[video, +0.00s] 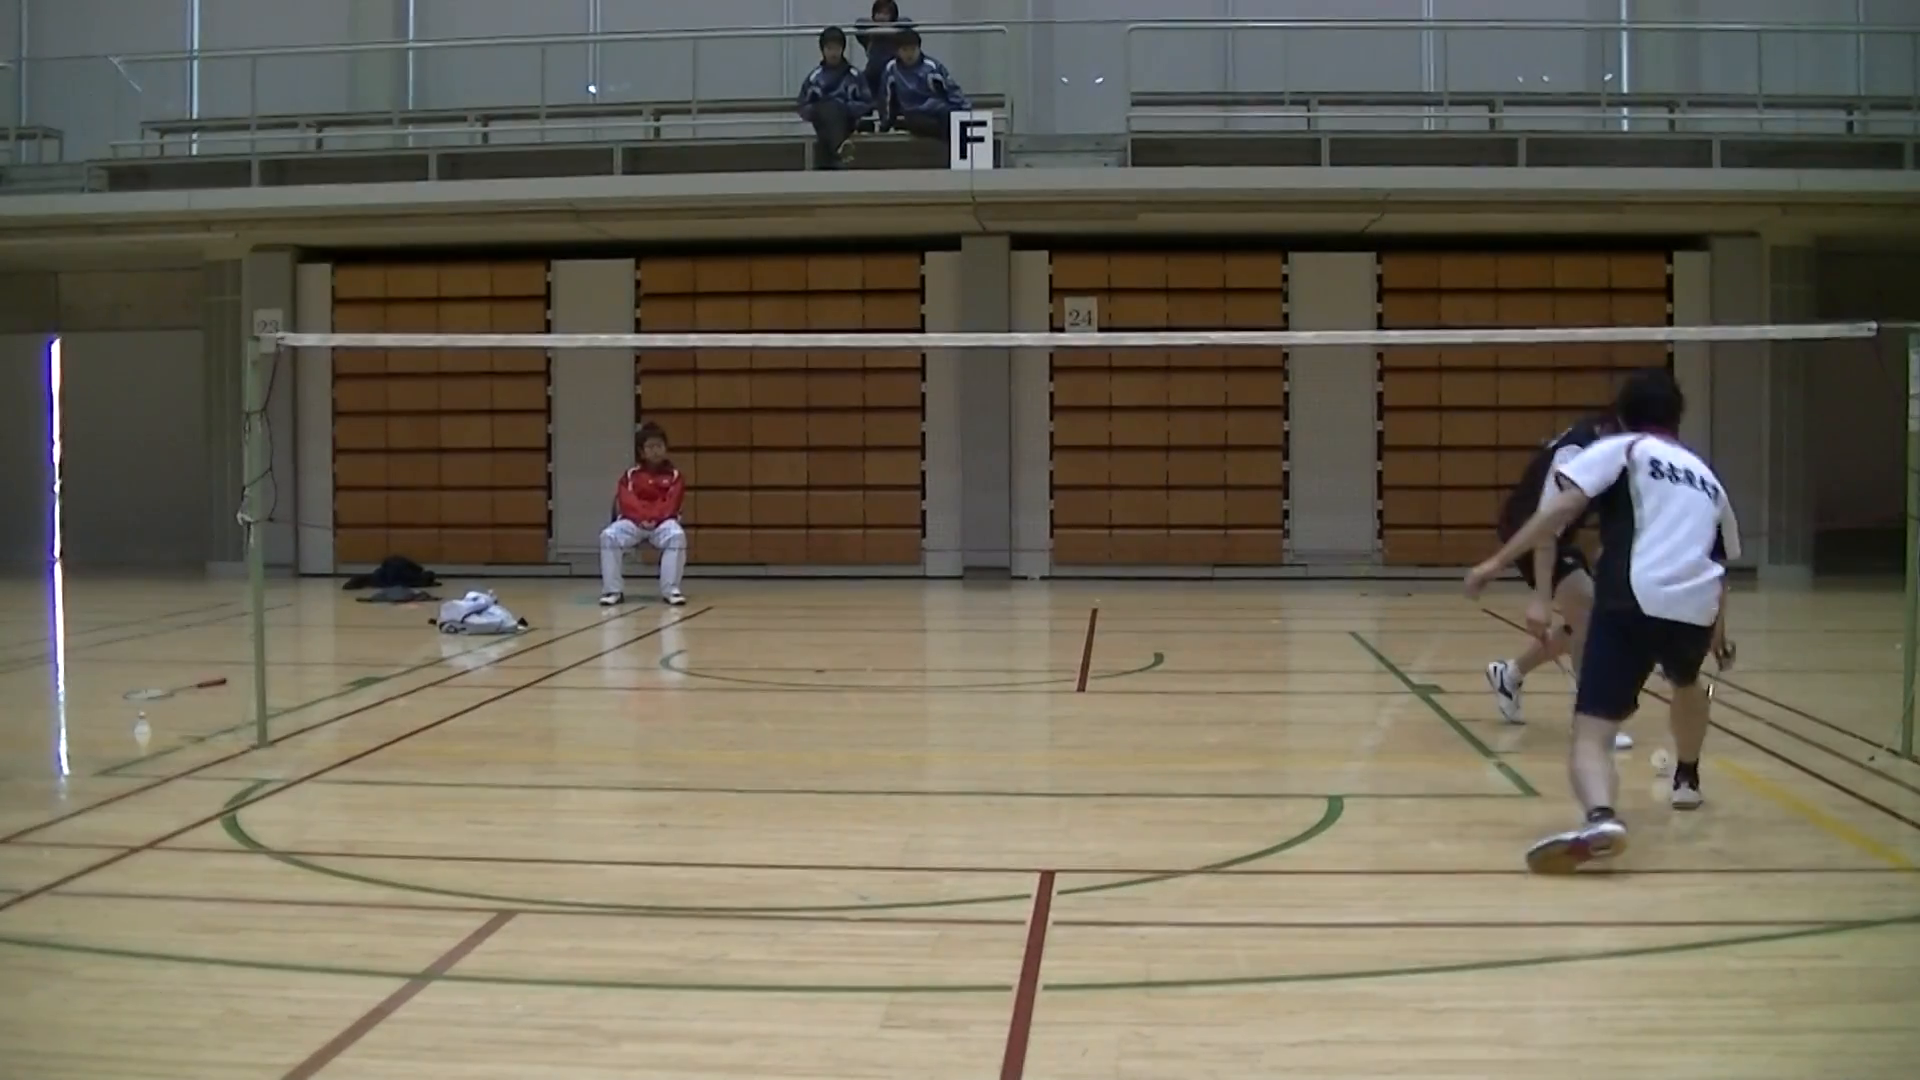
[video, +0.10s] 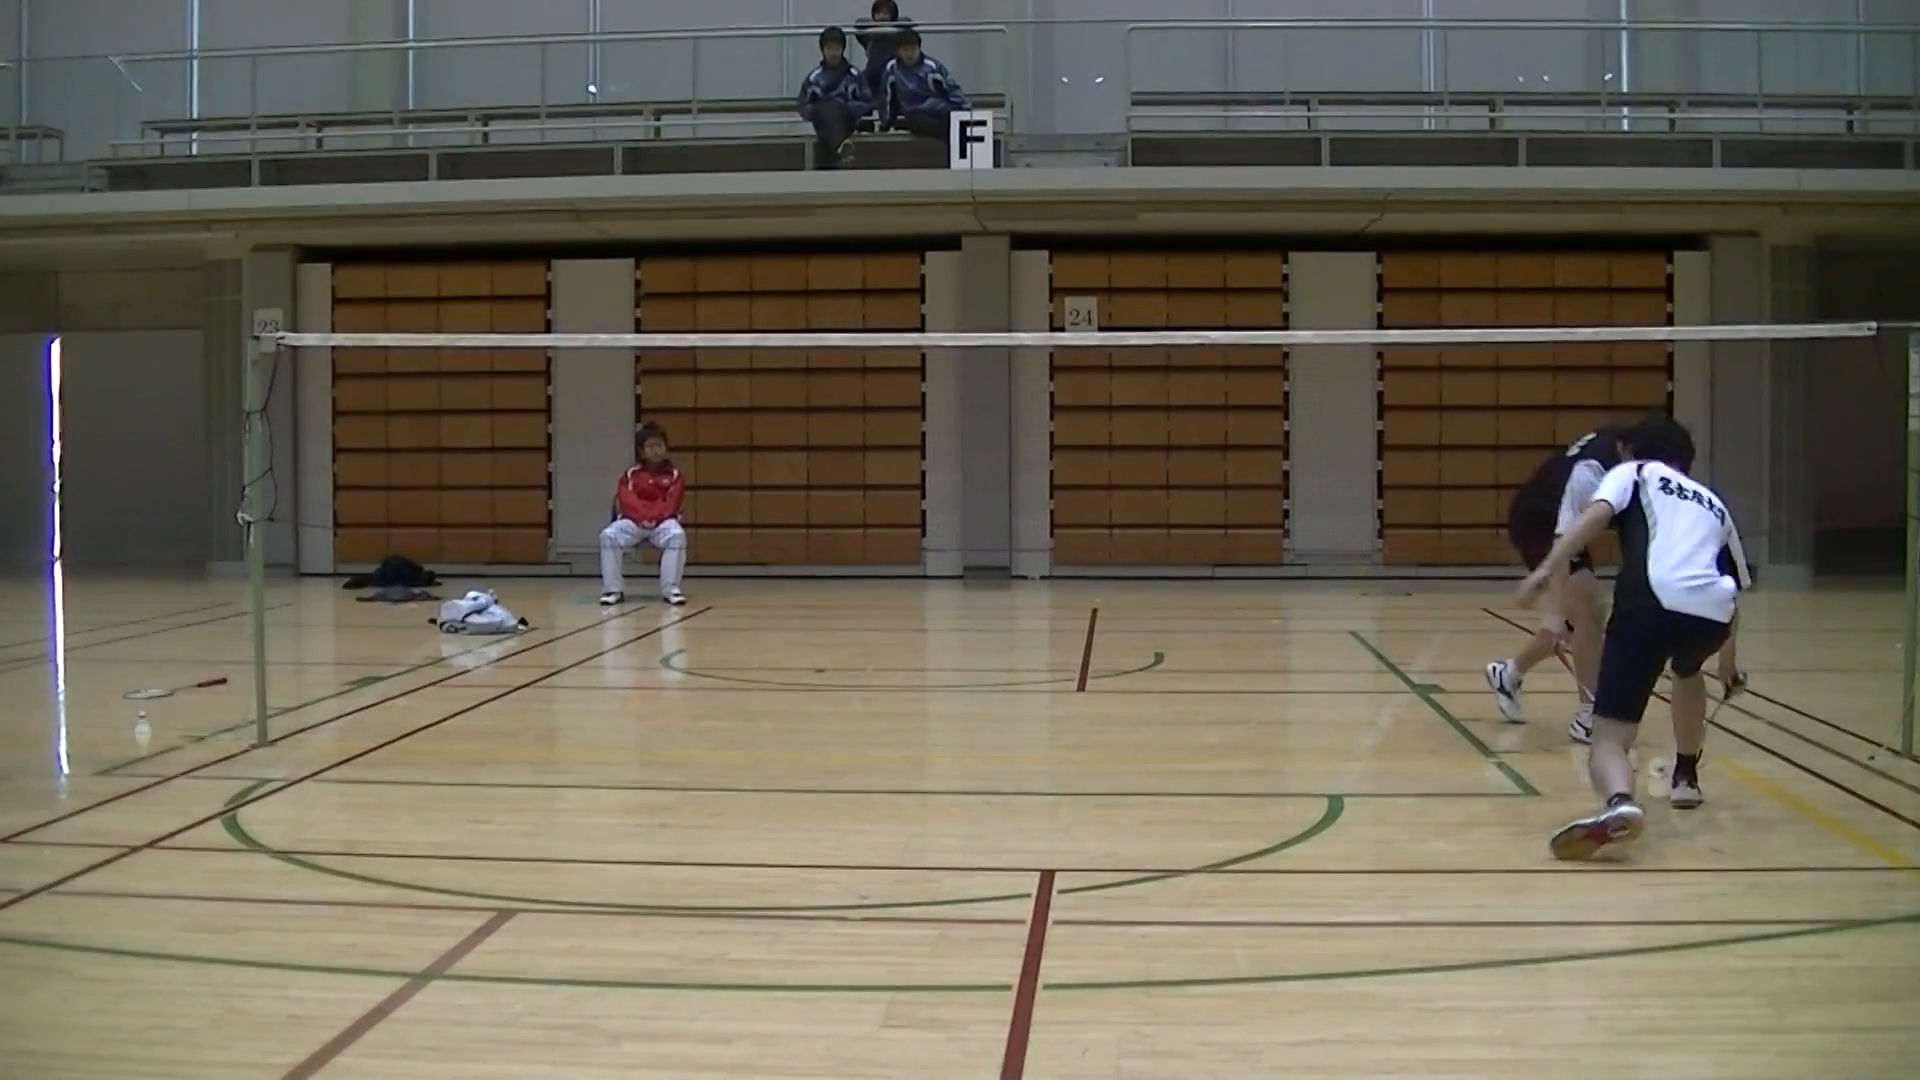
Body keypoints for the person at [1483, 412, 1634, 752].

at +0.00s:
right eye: (1639, 435)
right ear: (1622, 425)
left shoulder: (1624, 448)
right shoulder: (1578, 446)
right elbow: (1546, 524)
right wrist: (1542, 599)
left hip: (1560, 536)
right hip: (1530, 531)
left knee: (1585, 620)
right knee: (1589, 609)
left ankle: (1511, 673)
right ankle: (1598, 720)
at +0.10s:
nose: (1646, 470)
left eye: (1651, 466)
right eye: (1645, 463)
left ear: (1629, 446)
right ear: (1625, 450)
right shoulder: (1589, 470)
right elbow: (1562, 546)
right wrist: (1554, 616)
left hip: (1568, 527)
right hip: (1538, 526)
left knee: (1576, 615)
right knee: (1590, 612)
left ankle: (1510, 673)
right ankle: (1590, 712)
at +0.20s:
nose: (1678, 487)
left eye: (1683, 481)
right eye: (1678, 479)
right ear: (1665, 464)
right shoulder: (1607, 474)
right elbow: (1569, 546)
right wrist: (1565, 620)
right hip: (1544, 515)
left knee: (1577, 612)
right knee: (1595, 608)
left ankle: (1509, 673)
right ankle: (1590, 713)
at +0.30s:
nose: (1623, 539)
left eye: (1623, 532)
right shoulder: (1613, 490)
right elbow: (1575, 560)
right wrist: (1567, 623)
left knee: (1565, 613)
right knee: (1597, 606)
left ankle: (1509, 674)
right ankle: (1590, 716)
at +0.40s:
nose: (1633, 539)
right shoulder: (1612, 500)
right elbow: (1578, 561)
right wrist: (1568, 623)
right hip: (1556, 520)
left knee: (1566, 612)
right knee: (1599, 605)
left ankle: (1511, 675)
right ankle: (1590, 716)